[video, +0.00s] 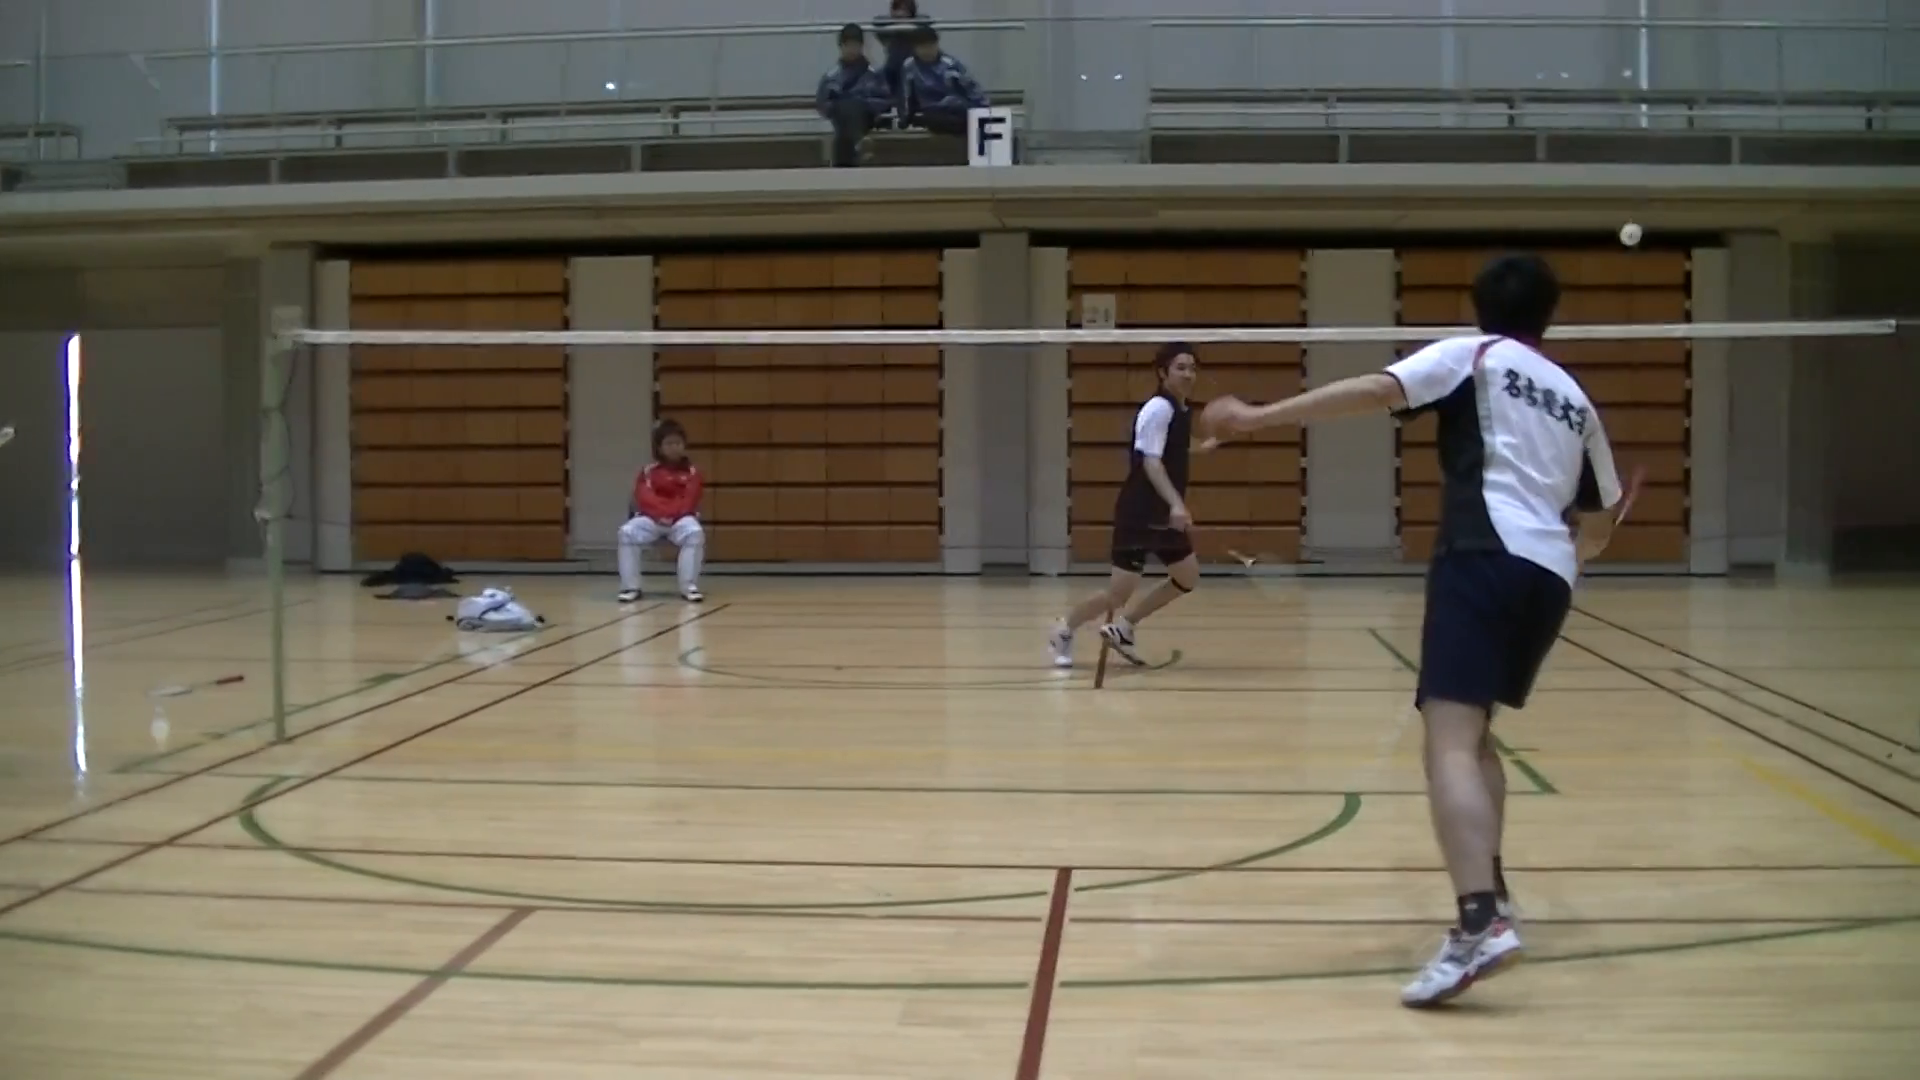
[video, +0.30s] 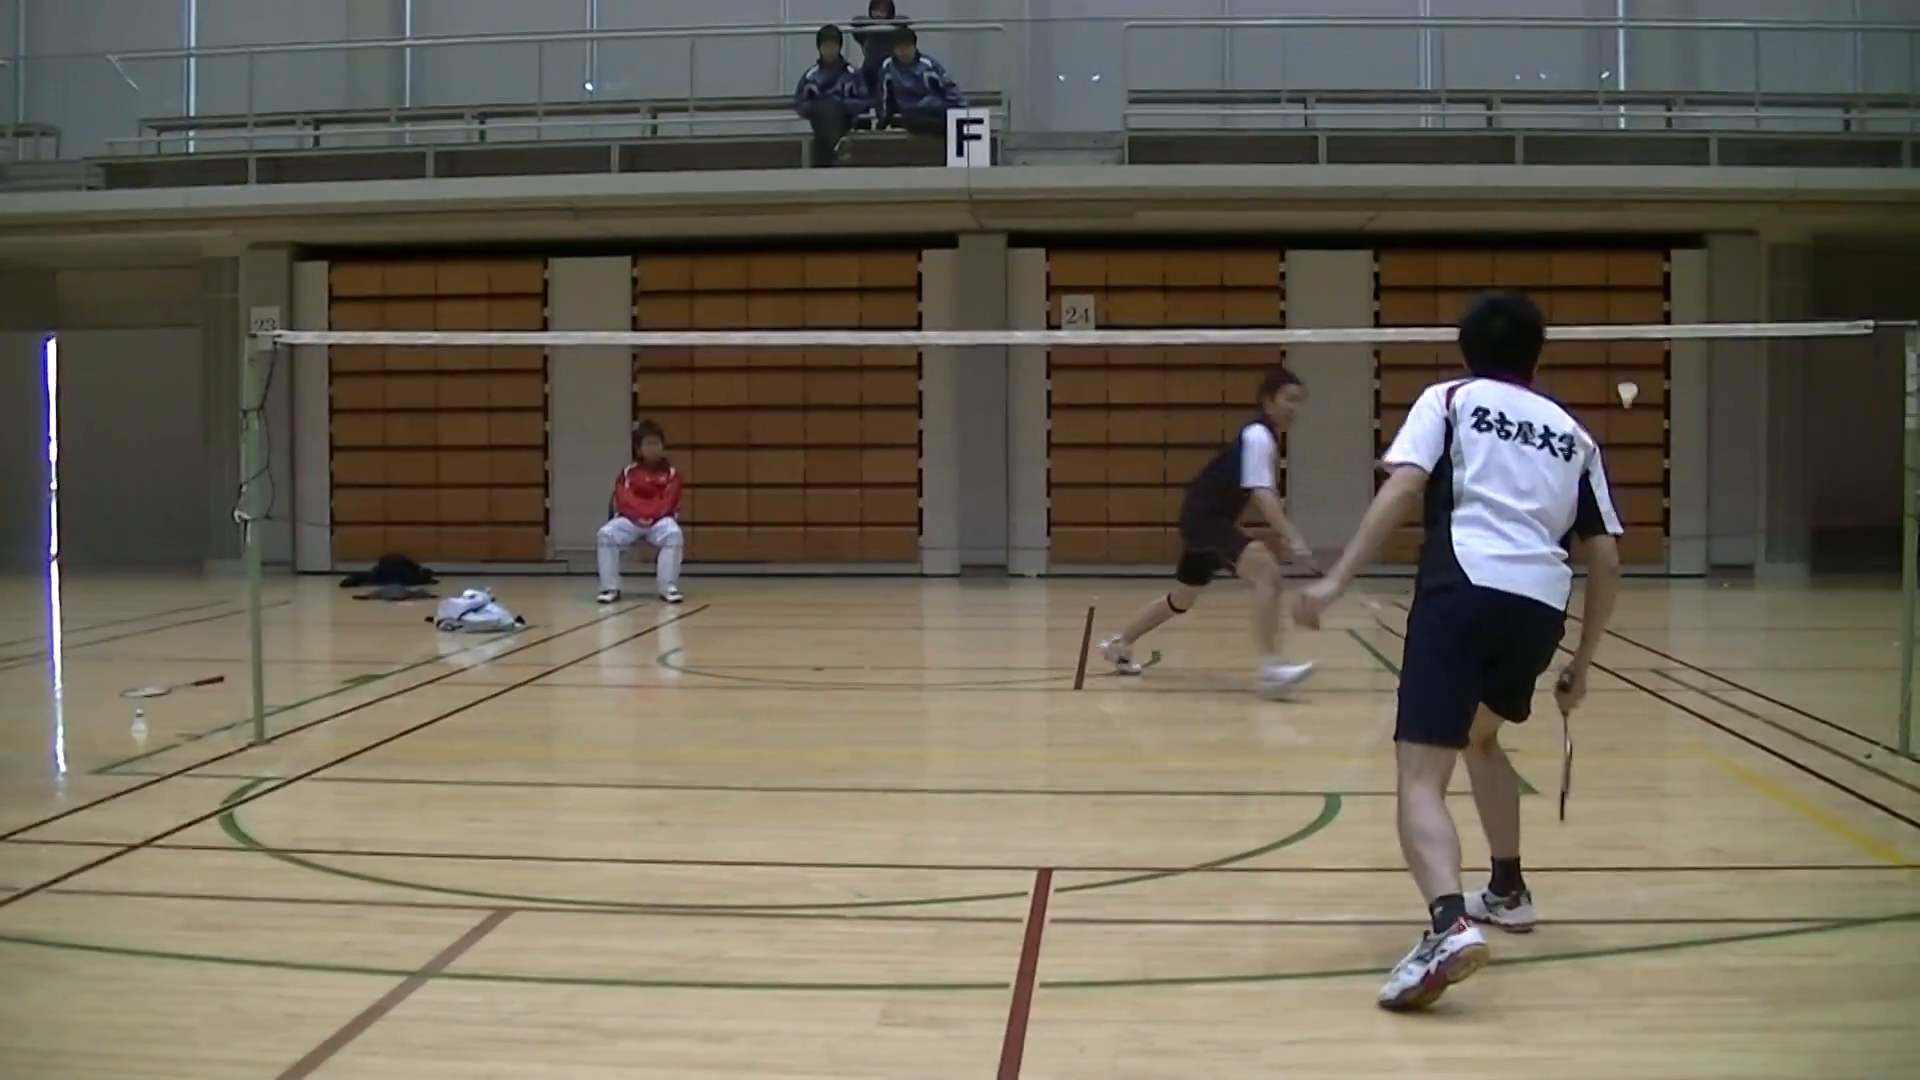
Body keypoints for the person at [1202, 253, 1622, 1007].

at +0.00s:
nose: (1474, 315)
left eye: (1477, 305)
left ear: (1481, 311)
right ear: (1546, 322)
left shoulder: (1473, 352)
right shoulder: (1578, 400)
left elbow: (1382, 390)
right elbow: (1602, 514)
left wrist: (1257, 417)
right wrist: (1557, 559)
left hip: (1481, 561)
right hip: (1550, 580)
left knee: (1452, 743)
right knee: (1473, 737)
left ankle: (1479, 923)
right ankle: (1490, 899)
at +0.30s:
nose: (1462, 362)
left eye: (1463, 351)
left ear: (1467, 354)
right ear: (1535, 360)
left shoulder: (1445, 401)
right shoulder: (1575, 437)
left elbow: (1404, 491)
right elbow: (1605, 562)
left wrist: (1335, 579)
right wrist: (1582, 659)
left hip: (1459, 598)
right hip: (1540, 612)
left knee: (1420, 781)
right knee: (1484, 740)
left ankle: (1449, 924)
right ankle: (1508, 890)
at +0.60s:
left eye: (1504, 367)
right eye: (1569, 365)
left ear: (1502, 370)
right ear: (1569, 372)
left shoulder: (1472, 418)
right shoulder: (1602, 453)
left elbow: (1415, 505)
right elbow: (1643, 572)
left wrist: (1352, 587)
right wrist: (1650, 671)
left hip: (1476, 610)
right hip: (1561, 627)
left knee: (1451, 764)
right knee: (1519, 758)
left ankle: (1444, 902)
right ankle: (1514, 903)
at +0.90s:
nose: (1531, 322)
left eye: (1531, 312)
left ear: (1536, 315)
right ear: (1596, 316)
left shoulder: (1525, 366)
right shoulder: (1637, 387)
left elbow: (1499, 445)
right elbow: (1652, 500)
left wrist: (1458, 525)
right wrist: (1648, 585)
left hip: (1543, 561)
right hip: (1621, 566)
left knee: (1518, 703)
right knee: (1578, 715)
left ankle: (1519, 841)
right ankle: (1565, 827)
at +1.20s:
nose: (1591, 378)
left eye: (1594, 370)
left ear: (1597, 373)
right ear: (1653, 373)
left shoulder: (1589, 414)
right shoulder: (1684, 434)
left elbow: (1527, 489)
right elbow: (1702, 528)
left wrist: (1468, 544)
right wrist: (1706, 594)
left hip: (1602, 587)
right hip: (1672, 593)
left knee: (1574, 714)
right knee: (1669, 674)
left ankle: (1572, 829)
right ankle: (1679, 772)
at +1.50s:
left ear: (1655, 462)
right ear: (1694, 473)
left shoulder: (1644, 473)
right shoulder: (1721, 509)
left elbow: (1613, 503)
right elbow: (1739, 606)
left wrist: (1570, 555)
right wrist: (1739, 674)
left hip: (1655, 594)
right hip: (1720, 602)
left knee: (1622, 720)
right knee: (1696, 667)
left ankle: (1638, 790)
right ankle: (1685, 775)